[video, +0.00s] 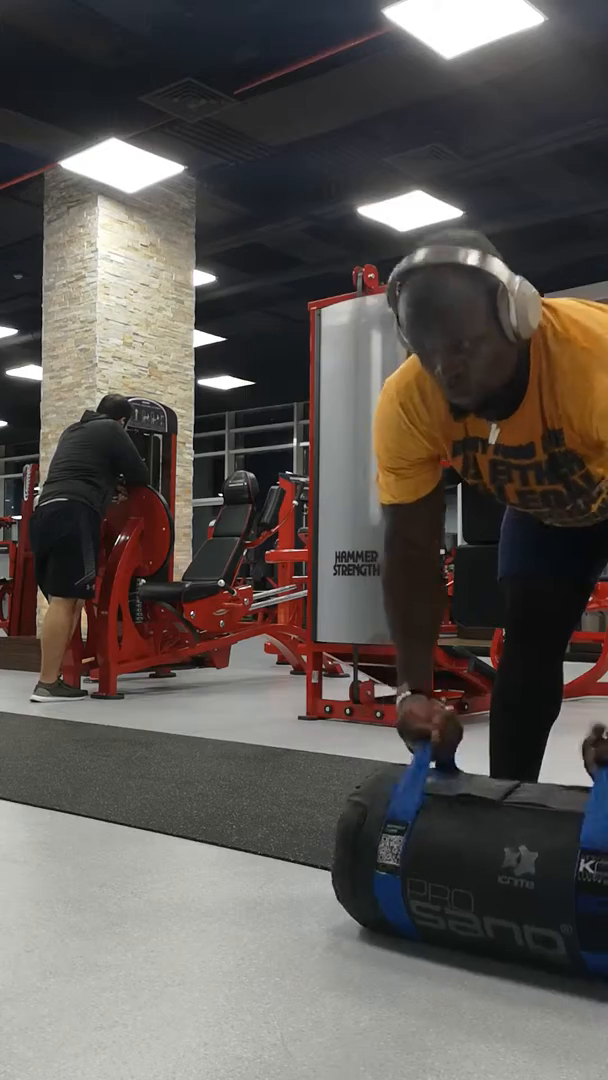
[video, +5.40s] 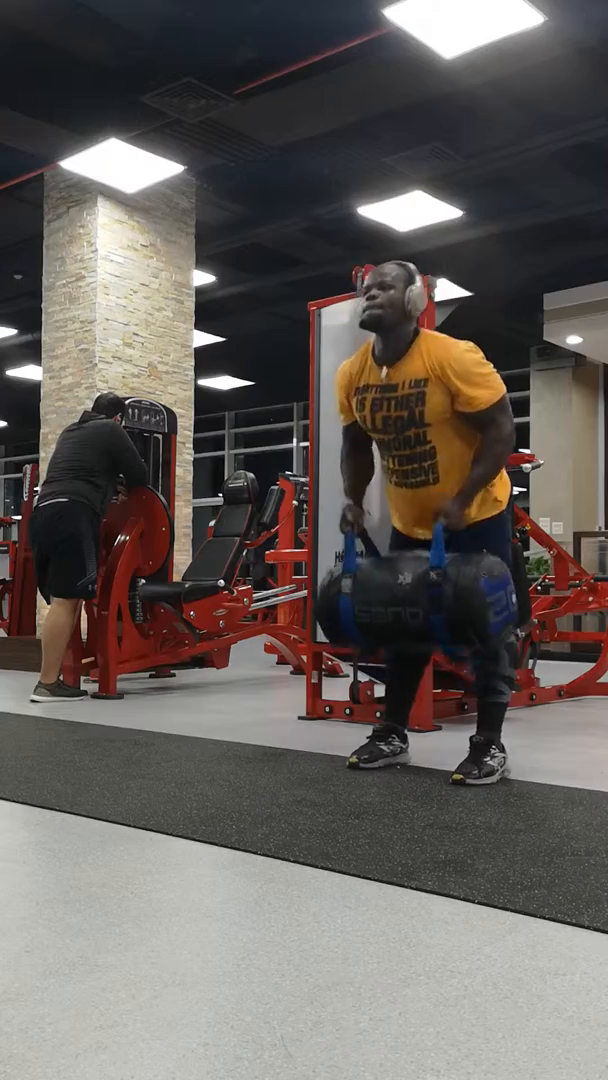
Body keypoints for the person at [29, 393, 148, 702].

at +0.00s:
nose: (126, 427)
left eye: (126, 423)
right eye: (127, 423)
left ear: (99, 414)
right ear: (122, 419)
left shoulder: (71, 431)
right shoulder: (113, 430)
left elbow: (74, 471)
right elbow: (140, 478)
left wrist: (109, 486)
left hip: (45, 511)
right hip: (70, 510)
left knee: (70, 602)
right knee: (62, 601)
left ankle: (54, 678)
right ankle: (47, 682)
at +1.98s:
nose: (123, 424)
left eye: (122, 420)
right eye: (123, 419)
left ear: (93, 413)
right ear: (118, 417)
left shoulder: (70, 431)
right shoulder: (111, 430)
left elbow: (75, 472)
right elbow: (141, 478)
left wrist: (110, 487)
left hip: (42, 511)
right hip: (68, 511)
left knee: (68, 601)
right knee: (59, 601)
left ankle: (54, 679)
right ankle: (47, 682)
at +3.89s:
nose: (121, 424)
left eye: (120, 420)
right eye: (121, 419)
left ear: (91, 413)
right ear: (115, 417)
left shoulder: (69, 431)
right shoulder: (112, 431)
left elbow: (74, 470)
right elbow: (140, 478)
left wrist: (109, 487)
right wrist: (112, 475)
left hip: (41, 512)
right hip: (69, 511)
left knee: (61, 601)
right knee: (63, 601)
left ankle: (51, 679)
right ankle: (48, 682)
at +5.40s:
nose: (122, 424)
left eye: (122, 421)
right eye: (123, 420)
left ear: (94, 413)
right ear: (117, 417)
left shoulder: (70, 431)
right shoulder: (112, 430)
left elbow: (72, 471)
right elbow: (140, 478)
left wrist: (108, 488)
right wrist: (111, 475)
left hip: (43, 511)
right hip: (70, 511)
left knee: (64, 600)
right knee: (64, 601)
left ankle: (53, 678)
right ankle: (48, 682)